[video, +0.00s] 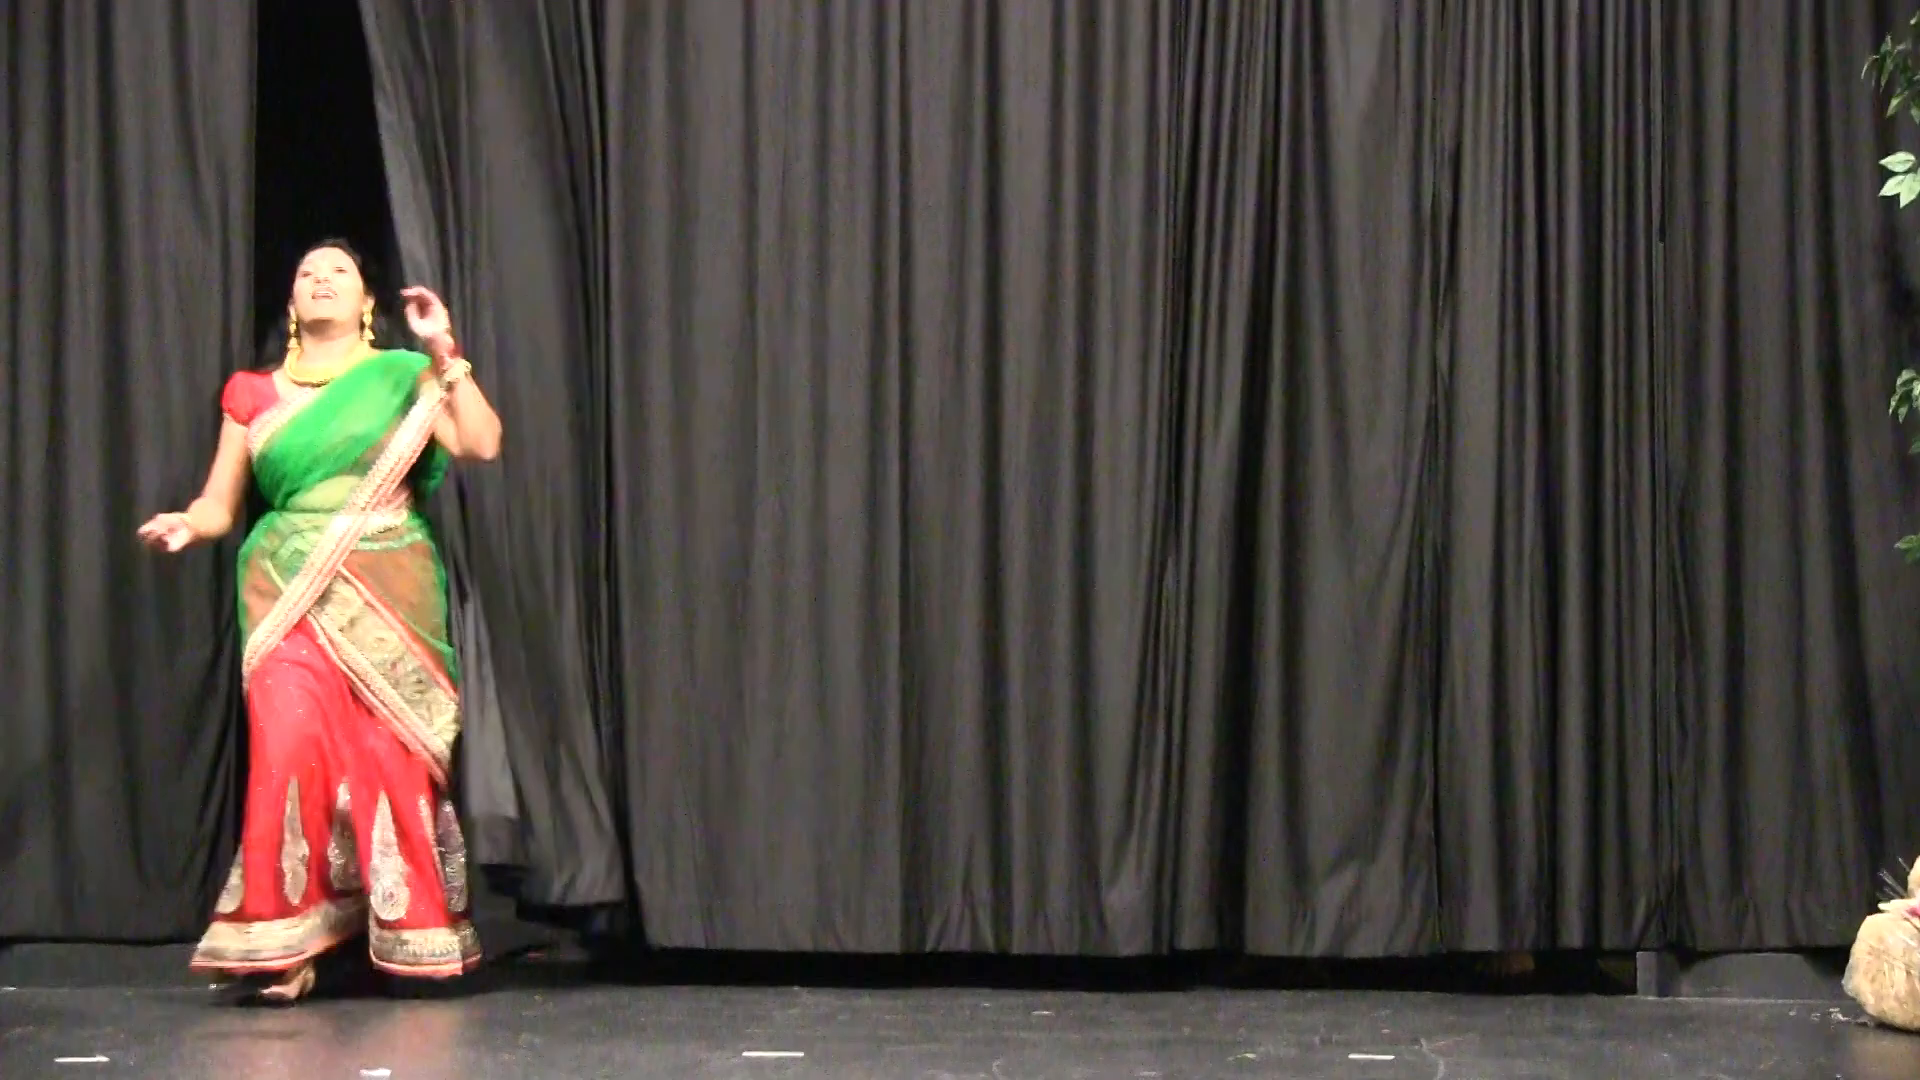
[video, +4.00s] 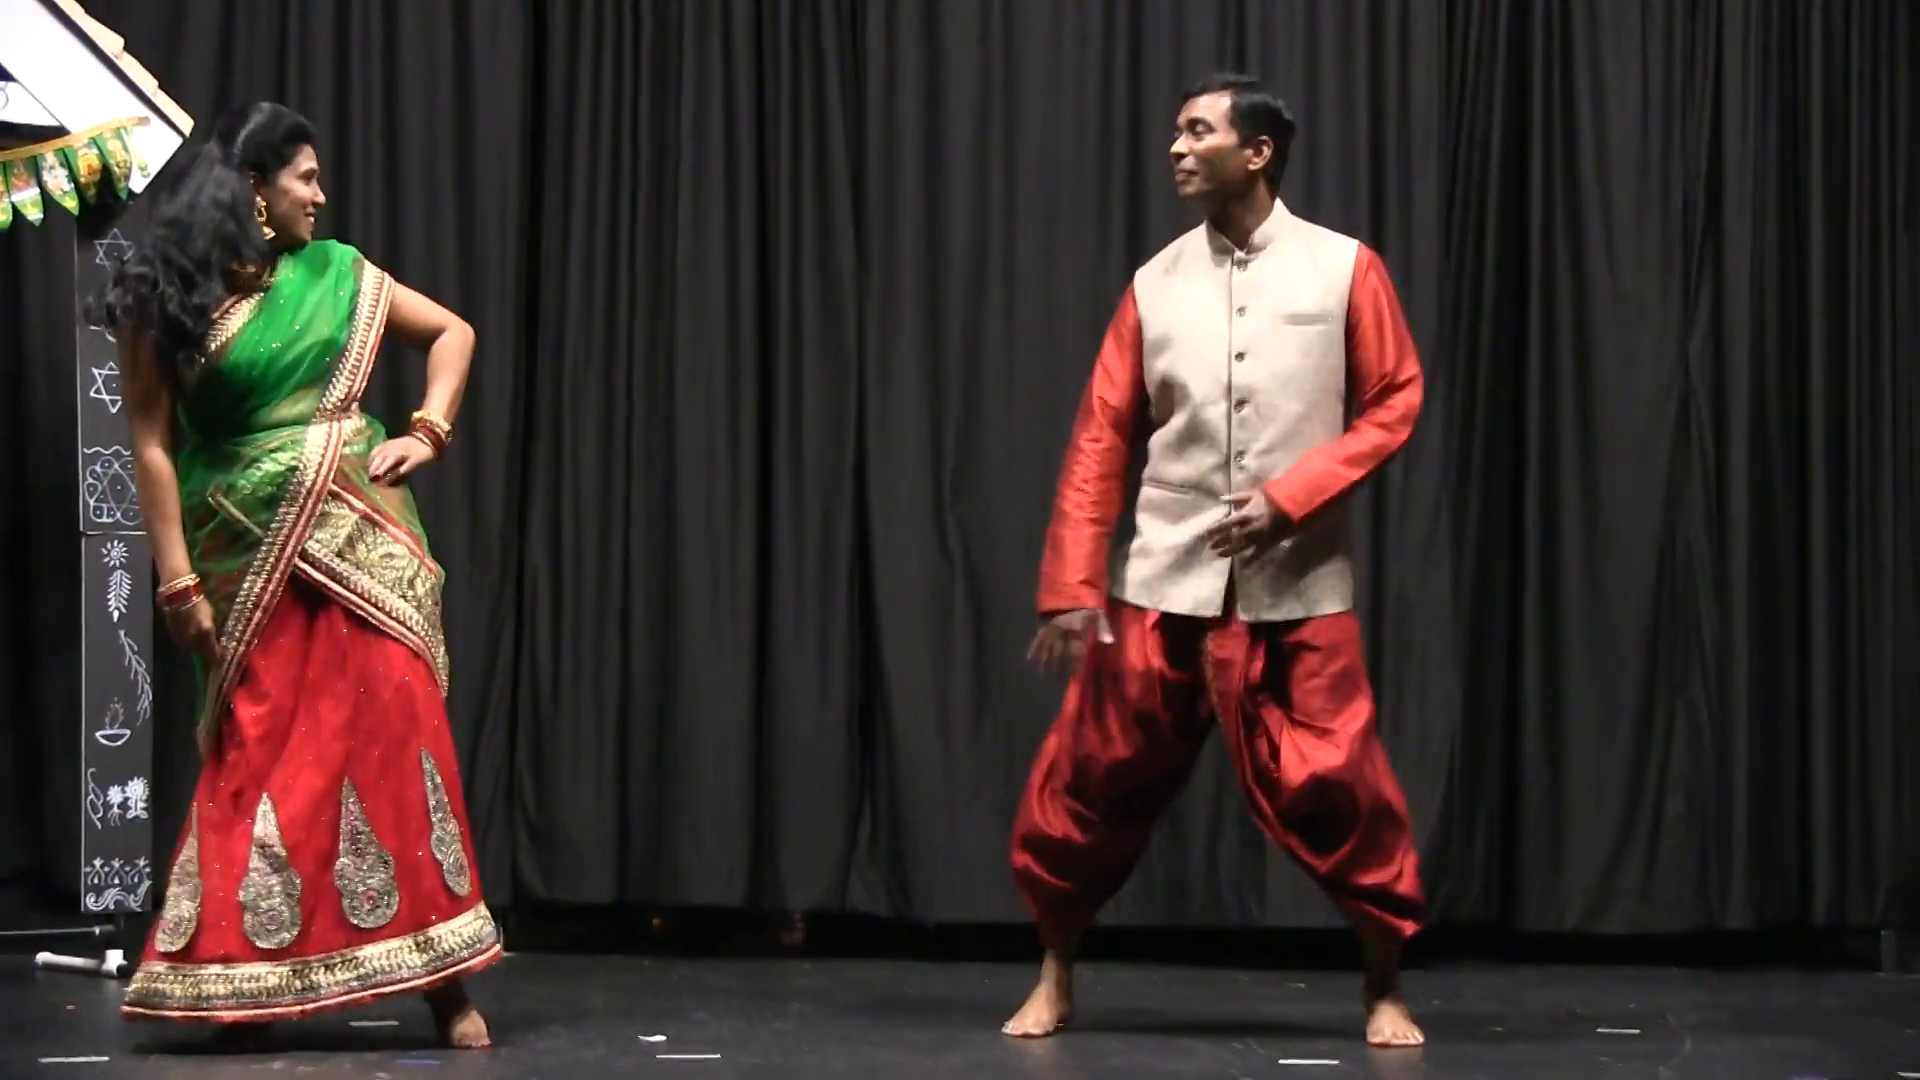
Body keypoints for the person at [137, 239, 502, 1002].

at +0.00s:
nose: (320, 280)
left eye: (337, 272)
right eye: (308, 273)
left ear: (366, 301)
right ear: (290, 301)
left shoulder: (401, 371)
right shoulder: (255, 392)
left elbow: (480, 444)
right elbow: (219, 506)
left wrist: (445, 349)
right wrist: (188, 520)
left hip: (387, 580)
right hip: (287, 584)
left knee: (395, 755)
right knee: (286, 751)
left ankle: (414, 943)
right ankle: (285, 949)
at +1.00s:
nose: (128, 281)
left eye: (143, 263)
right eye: (108, 266)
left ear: (175, 257)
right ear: (80, 267)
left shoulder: (224, 318)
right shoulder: (49, 352)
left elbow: (359, 391)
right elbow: (18, 488)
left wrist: (315, 499)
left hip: (215, 574)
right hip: (102, 581)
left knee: (192, 772)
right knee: (101, 776)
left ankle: (187, 988)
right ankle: (126, 1011)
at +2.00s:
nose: (22, 180)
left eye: (39, 166)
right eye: (7, 167)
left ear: (68, 187)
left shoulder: (122, 270)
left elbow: (256, 360)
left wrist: (218, 482)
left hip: (108, 547)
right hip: (11, 559)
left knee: (125, 765)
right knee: (19, 778)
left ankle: (192, 1003)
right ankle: (25, 1008)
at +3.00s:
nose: (315, 184)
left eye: (312, 169)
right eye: (301, 170)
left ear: (278, 181)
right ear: (248, 182)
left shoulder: (306, 256)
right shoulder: (189, 303)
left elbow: (373, 337)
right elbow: (189, 473)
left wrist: (369, 455)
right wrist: (198, 621)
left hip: (346, 539)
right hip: (252, 558)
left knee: (393, 753)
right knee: (269, 769)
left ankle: (389, 1008)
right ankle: (251, 1008)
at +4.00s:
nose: (320, 193)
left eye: (320, 177)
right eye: (306, 177)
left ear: (298, 188)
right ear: (252, 185)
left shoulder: (342, 273)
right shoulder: (171, 295)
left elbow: (453, 331)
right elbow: (150, 438)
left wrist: (429, 429)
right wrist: (176, 578)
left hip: (365, 535)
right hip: (252, 553)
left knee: (402, 745)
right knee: (254, 758)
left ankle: (448, 985)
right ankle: (241, 993)